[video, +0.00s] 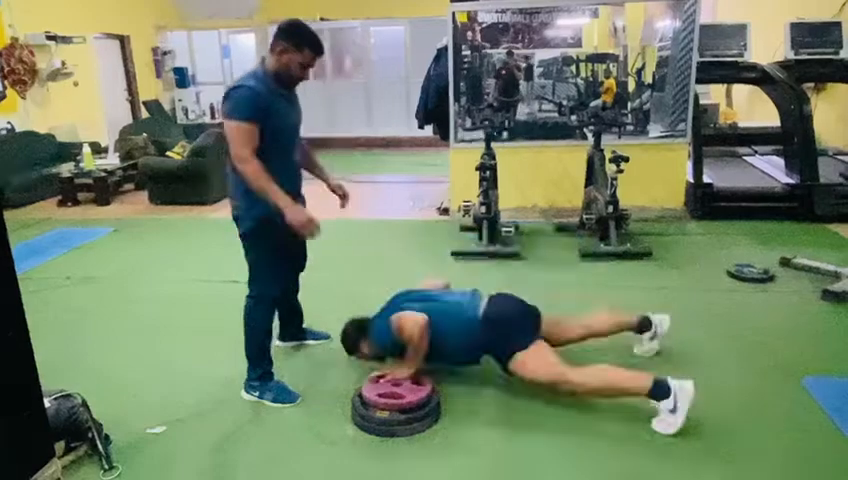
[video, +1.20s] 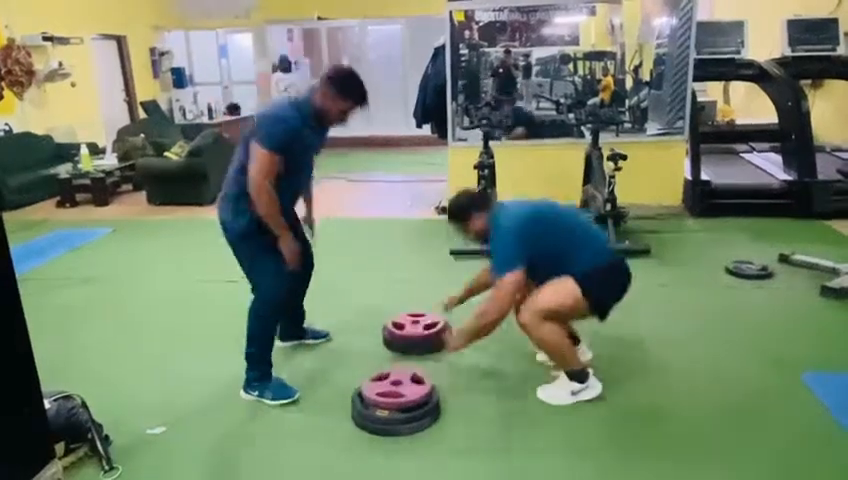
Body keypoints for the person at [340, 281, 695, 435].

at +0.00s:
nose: (367, 360)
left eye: (362, 356)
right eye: (363, 357)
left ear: (364, 343)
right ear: (369, 325)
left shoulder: (383, 329)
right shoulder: (398, 302)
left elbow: (417, 324)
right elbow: (441, 284)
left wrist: (408, 365)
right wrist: (437, 315)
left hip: (496, 331)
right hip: (501, 303)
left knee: (564, 378)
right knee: (572, 330)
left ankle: (665, 390)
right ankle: (646, 323)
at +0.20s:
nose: (353, 302)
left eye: (348, 298)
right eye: (350, 299)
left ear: (351, 289)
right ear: (359, 272)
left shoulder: (376, 286)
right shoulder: (387, 268)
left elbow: (411, 320)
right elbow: (430, 312)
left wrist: (410, 368)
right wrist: (408, 338)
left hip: (491, 321)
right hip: (497, 296)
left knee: (561, 372)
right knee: (566, 326)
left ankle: (662, 389)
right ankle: (641, 319)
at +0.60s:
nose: (377, 264)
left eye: (373, 259)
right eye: (373, 261)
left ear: (374, 247)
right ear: (378, 234)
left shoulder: (403, 252)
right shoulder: (410, 231)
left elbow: (412, 312)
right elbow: (426, 293)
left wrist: (407, 362)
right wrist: (415, 329)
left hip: (510, 292)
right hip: (514, 271)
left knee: (571, 355)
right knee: (576, 313)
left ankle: (672, 387)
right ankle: (647, 320)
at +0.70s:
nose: (395, 267)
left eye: (390, 263)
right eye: (390, 264)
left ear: (391, 250)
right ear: (395, 239)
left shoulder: (417, 250)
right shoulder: (422, 233)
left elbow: (421, 316)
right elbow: (435, 292)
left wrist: (410, 365)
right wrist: (416, 322)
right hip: (536, 237)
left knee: (549, 340)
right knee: (558, 299)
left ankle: (643, 376)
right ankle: (626, 315)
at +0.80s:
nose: (421, 269)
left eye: (416, 265)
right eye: (417, 266)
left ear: (419, 253)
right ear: (420, 242)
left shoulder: (443, 249)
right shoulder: (443, 236)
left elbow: (441, 313)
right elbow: (444, 300)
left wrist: (411, 363)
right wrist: (428, 325)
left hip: (560, 237)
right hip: (557, 223)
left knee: (518, 321)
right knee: (544, 289)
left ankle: (591, 375)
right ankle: (587, 325)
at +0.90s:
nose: (442, 275)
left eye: (438, 270)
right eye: (439, 272)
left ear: (441, 259)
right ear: (445, 248)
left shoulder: (465, 258)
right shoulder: (465, 243)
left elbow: (451, 325)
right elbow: (456, 292)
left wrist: (413, 363)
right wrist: (430, 319)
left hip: (583, 262)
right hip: (578, 248)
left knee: (514, 316)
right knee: (522, 298)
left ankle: (578, 375)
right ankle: (569, 340)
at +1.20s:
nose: (469, 234)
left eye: (466, 227)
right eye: (465, 229)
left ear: (475, 217)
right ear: (481, 209)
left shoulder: (508, 228)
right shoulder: (505, 218)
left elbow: (504, 299)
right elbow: (496, 272)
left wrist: (462, 337)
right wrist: (459, 298)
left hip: (604, 273)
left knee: (531, 315)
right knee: (523, 294)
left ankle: (580, 380)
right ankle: (571, 347)